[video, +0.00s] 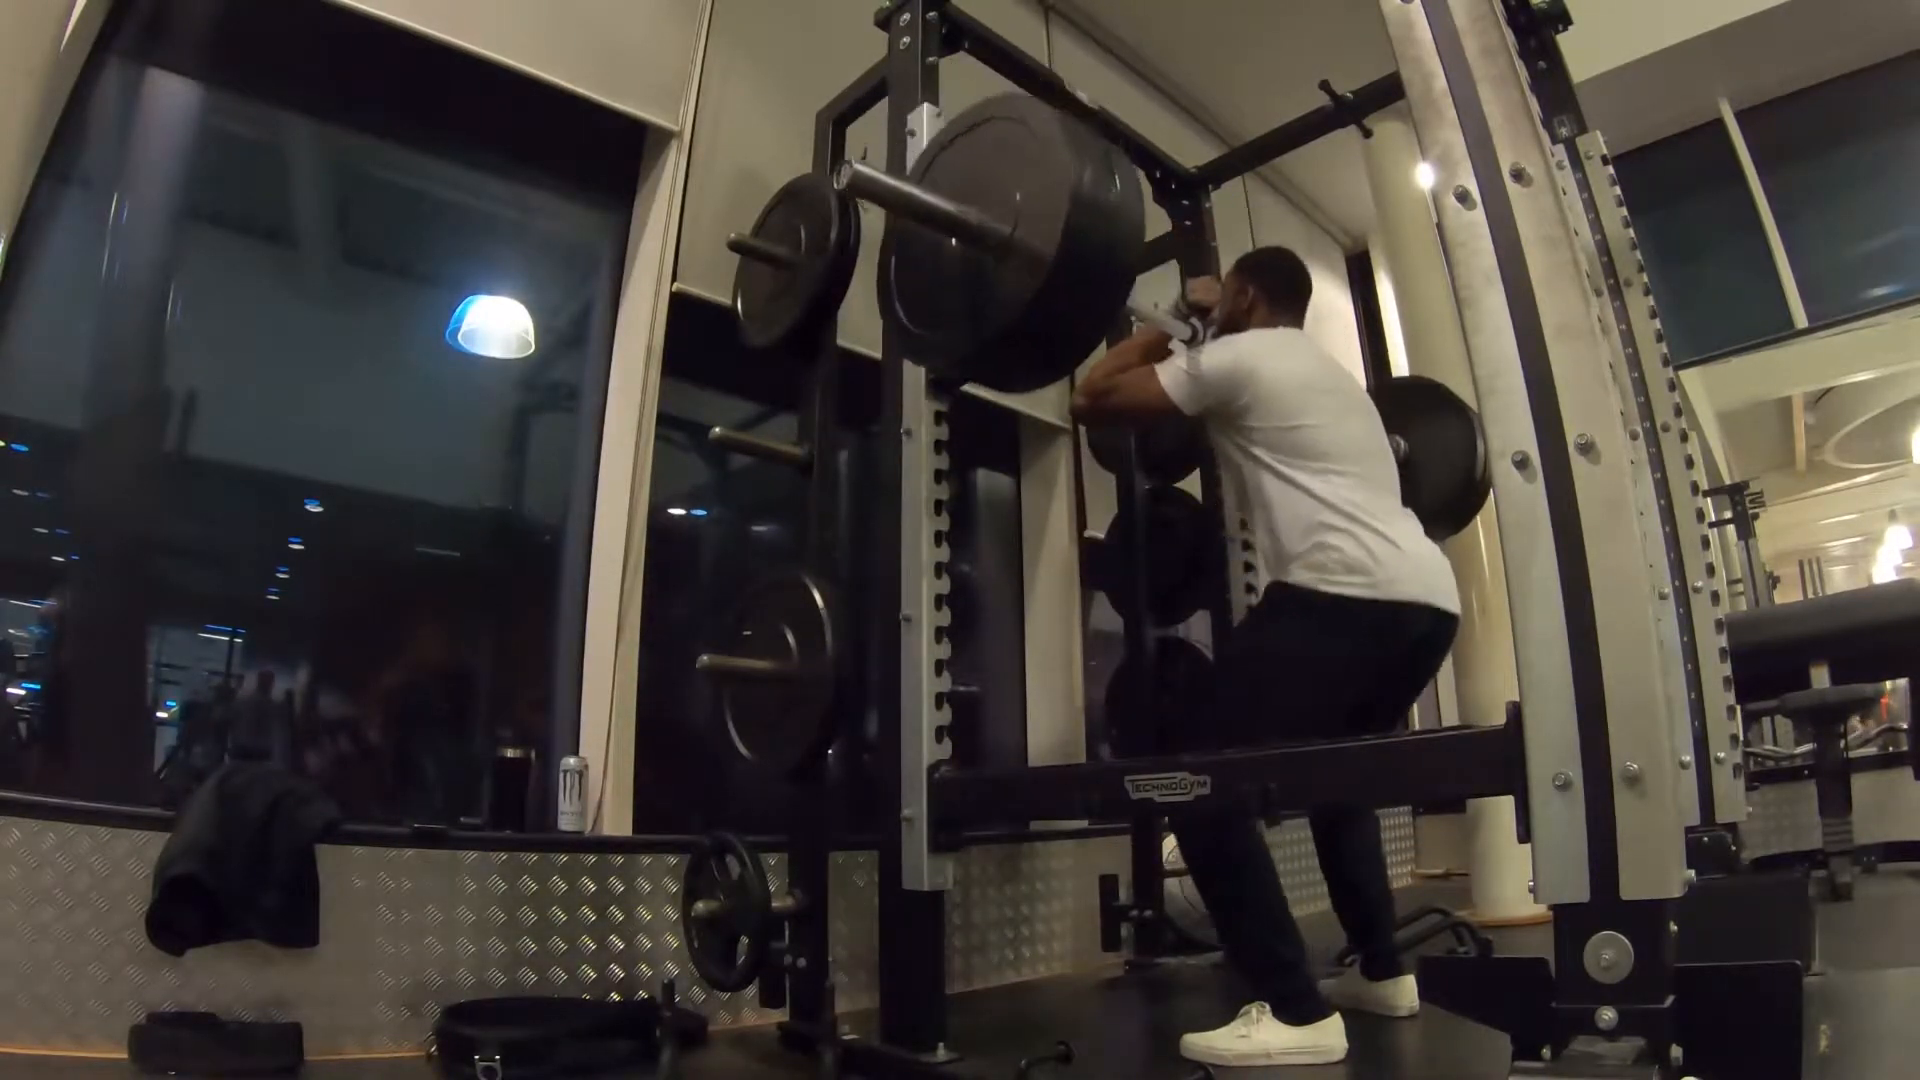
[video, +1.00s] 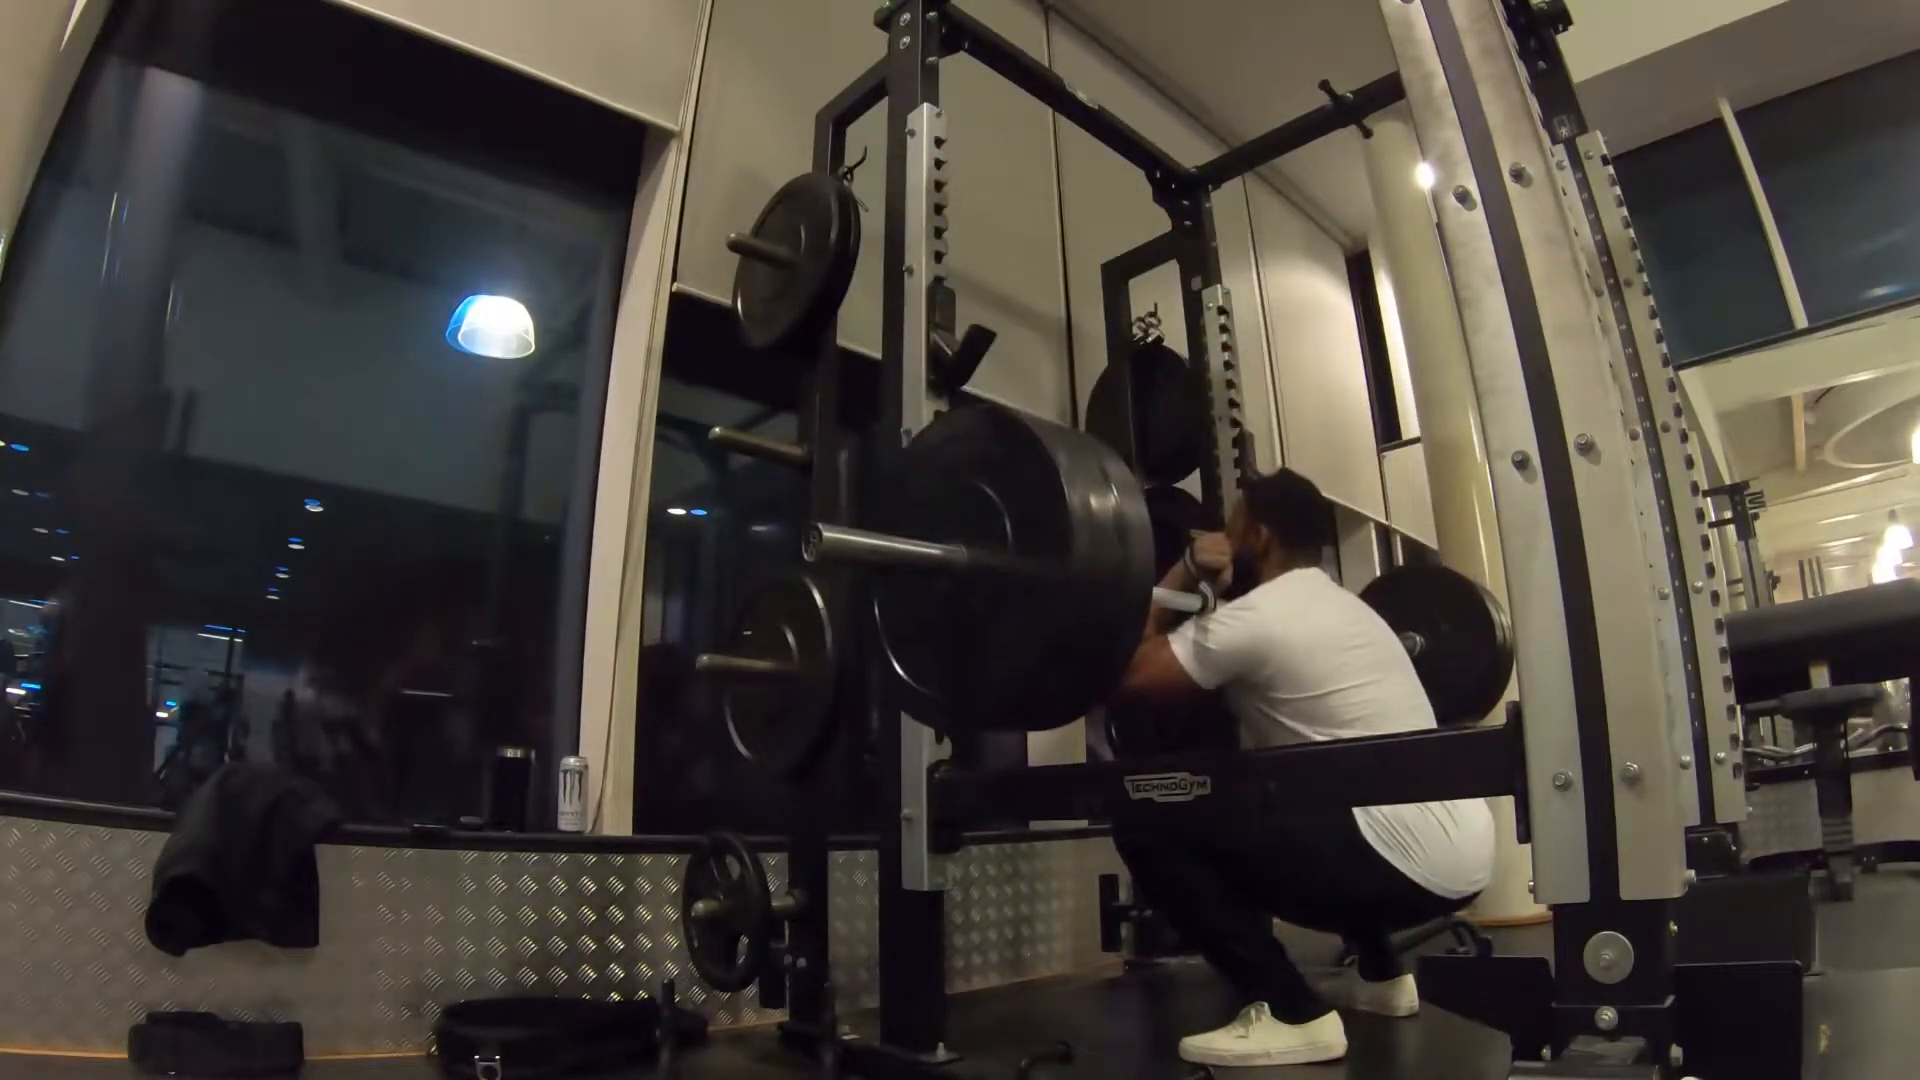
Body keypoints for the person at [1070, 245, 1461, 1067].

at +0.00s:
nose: (1214, 307)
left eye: (1223, 295)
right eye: (1219, 295)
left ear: (1249, 296)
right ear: (1296, 305)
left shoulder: (1240, 360)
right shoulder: (1332, 371)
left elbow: (1093, 392)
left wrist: (1157, 330)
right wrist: (1202, 338)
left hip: (1334, 597)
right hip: (1426, 604)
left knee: (1201, 779)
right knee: (1331, 771)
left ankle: (1293, 1011)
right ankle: (1384, 970)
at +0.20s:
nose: (1218, 358)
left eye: (1225, 345)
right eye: (1220, 345)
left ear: (1250, 352)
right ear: (1298, 359)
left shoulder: (1242, 418)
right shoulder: (1335, 419)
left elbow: (1097, 462)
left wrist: (1172, 387)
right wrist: (1214, 386)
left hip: (1356, 653)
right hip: (1447, 664)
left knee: (1181, 787)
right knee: (1323, 784)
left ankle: (1293, 1012)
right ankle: (1381, 971)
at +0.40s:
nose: (1218, 416)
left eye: (1226, 405)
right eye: (1220, 405)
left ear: (1252, 412)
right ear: (1297, 417)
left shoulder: (1247, 482)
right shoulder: (1337, 478)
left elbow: (1105, 525)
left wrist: (1169, 446)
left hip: (1374, 698)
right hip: (1462, 705)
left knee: (1177, 796)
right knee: (1315, 784)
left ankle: (1294, 1013)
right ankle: (1382, 970)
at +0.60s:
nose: (1220, 469)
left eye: (1228, 458)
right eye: (1221, 457)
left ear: (1252, 465)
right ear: (1301, 469)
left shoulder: (1243, 540)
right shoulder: (1335, 528)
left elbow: (1114, 591)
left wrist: (1166, 505)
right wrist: (1226, 493)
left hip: (1367, 775)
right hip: (1456, 768)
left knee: (1154, 820)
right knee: (1287, 777)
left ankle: (1294, 1013)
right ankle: (1382, 972)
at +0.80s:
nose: (1223, 516)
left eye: (1229, 505)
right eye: (1225, 506)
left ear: (1256, 512)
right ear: (1311, 513)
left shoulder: (1251, 590)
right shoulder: (1339, 575)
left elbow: (1125, 642)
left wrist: (1178, 546)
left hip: (1381, 838)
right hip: (1458, 838)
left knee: (1156, 825)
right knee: (1308, 784)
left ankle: (1291, 1012)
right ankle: (1381, 971)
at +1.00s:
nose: (1226, 539)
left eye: (1234, 528)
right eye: (1230, 528)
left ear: (1261, 538)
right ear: (1311, 540)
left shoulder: (1252, 620)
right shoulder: (1341, 601)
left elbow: (1134, 676)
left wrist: (1175, 584)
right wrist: (1225, 581)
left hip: (1396, 872)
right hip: (1463, 869)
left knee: (1153, 829)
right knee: (1290, 797)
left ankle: (1291, 1013)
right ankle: (1382, 970)